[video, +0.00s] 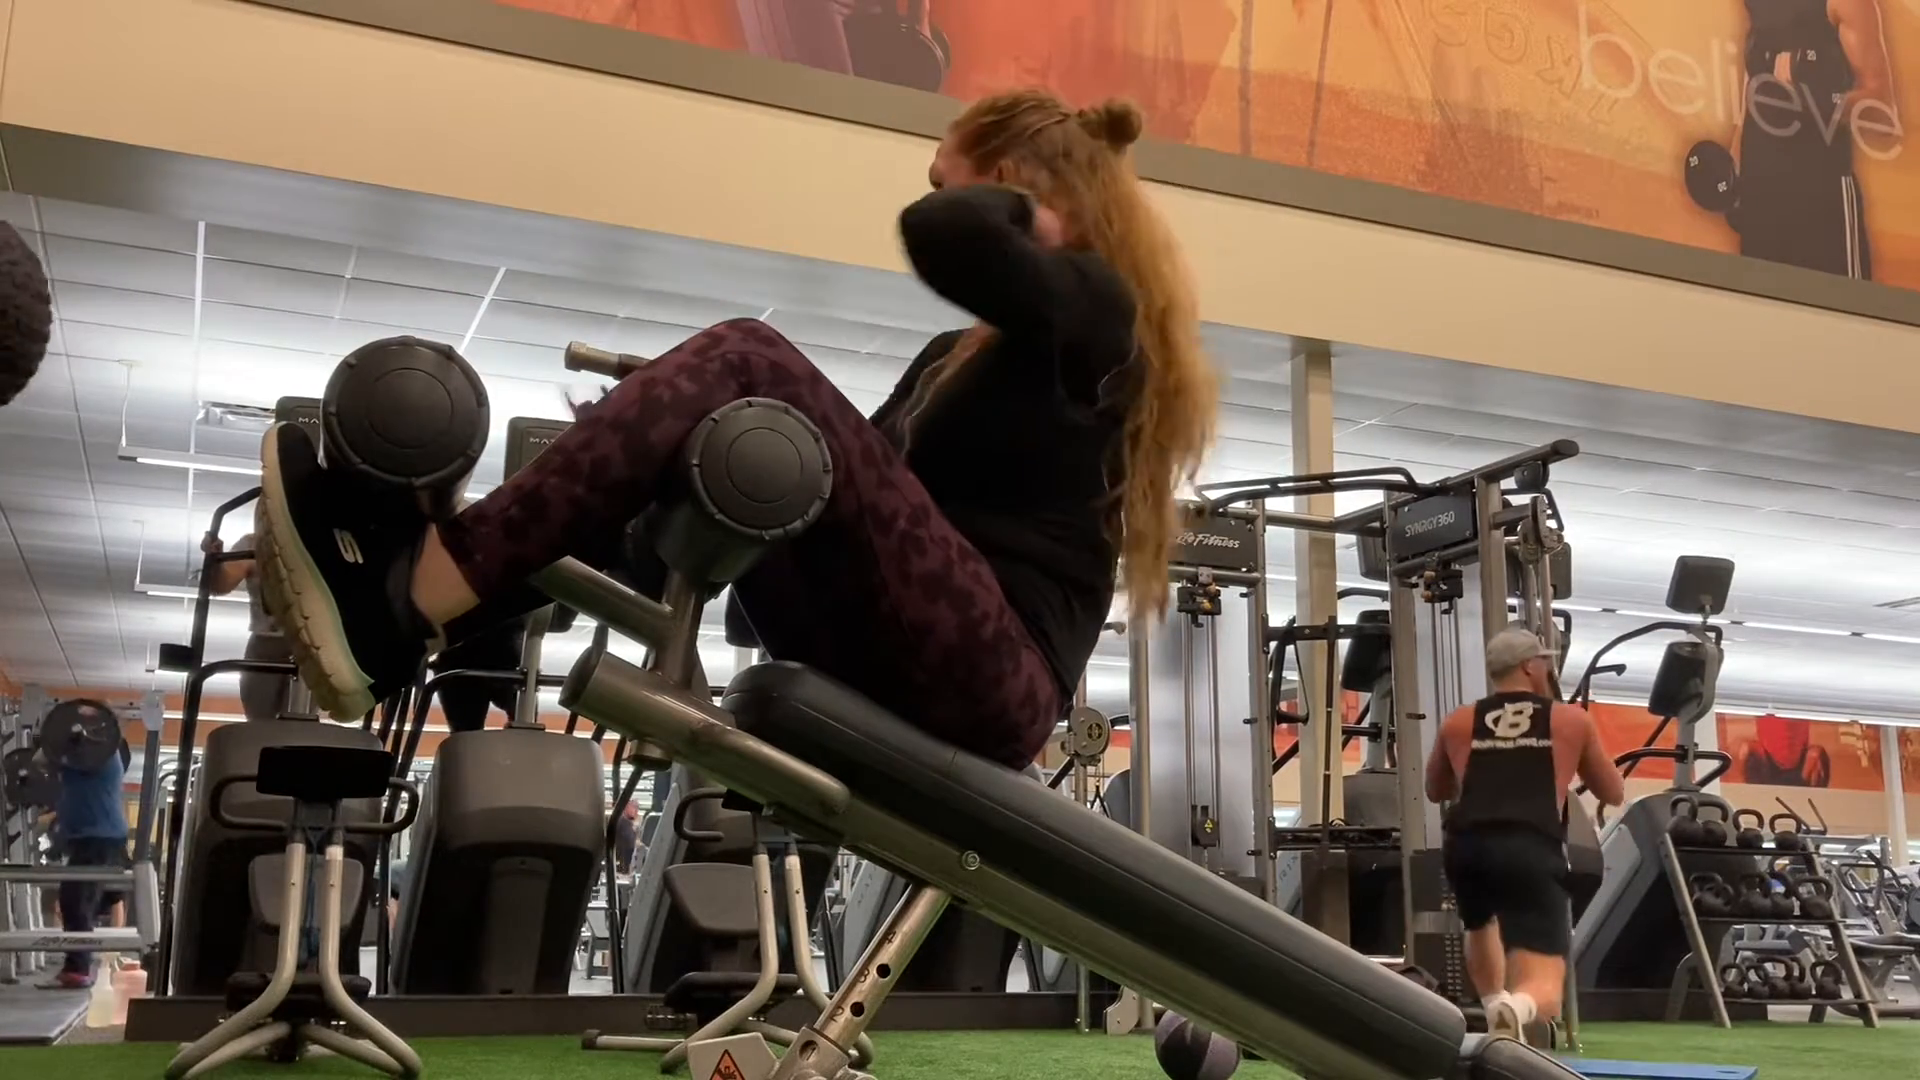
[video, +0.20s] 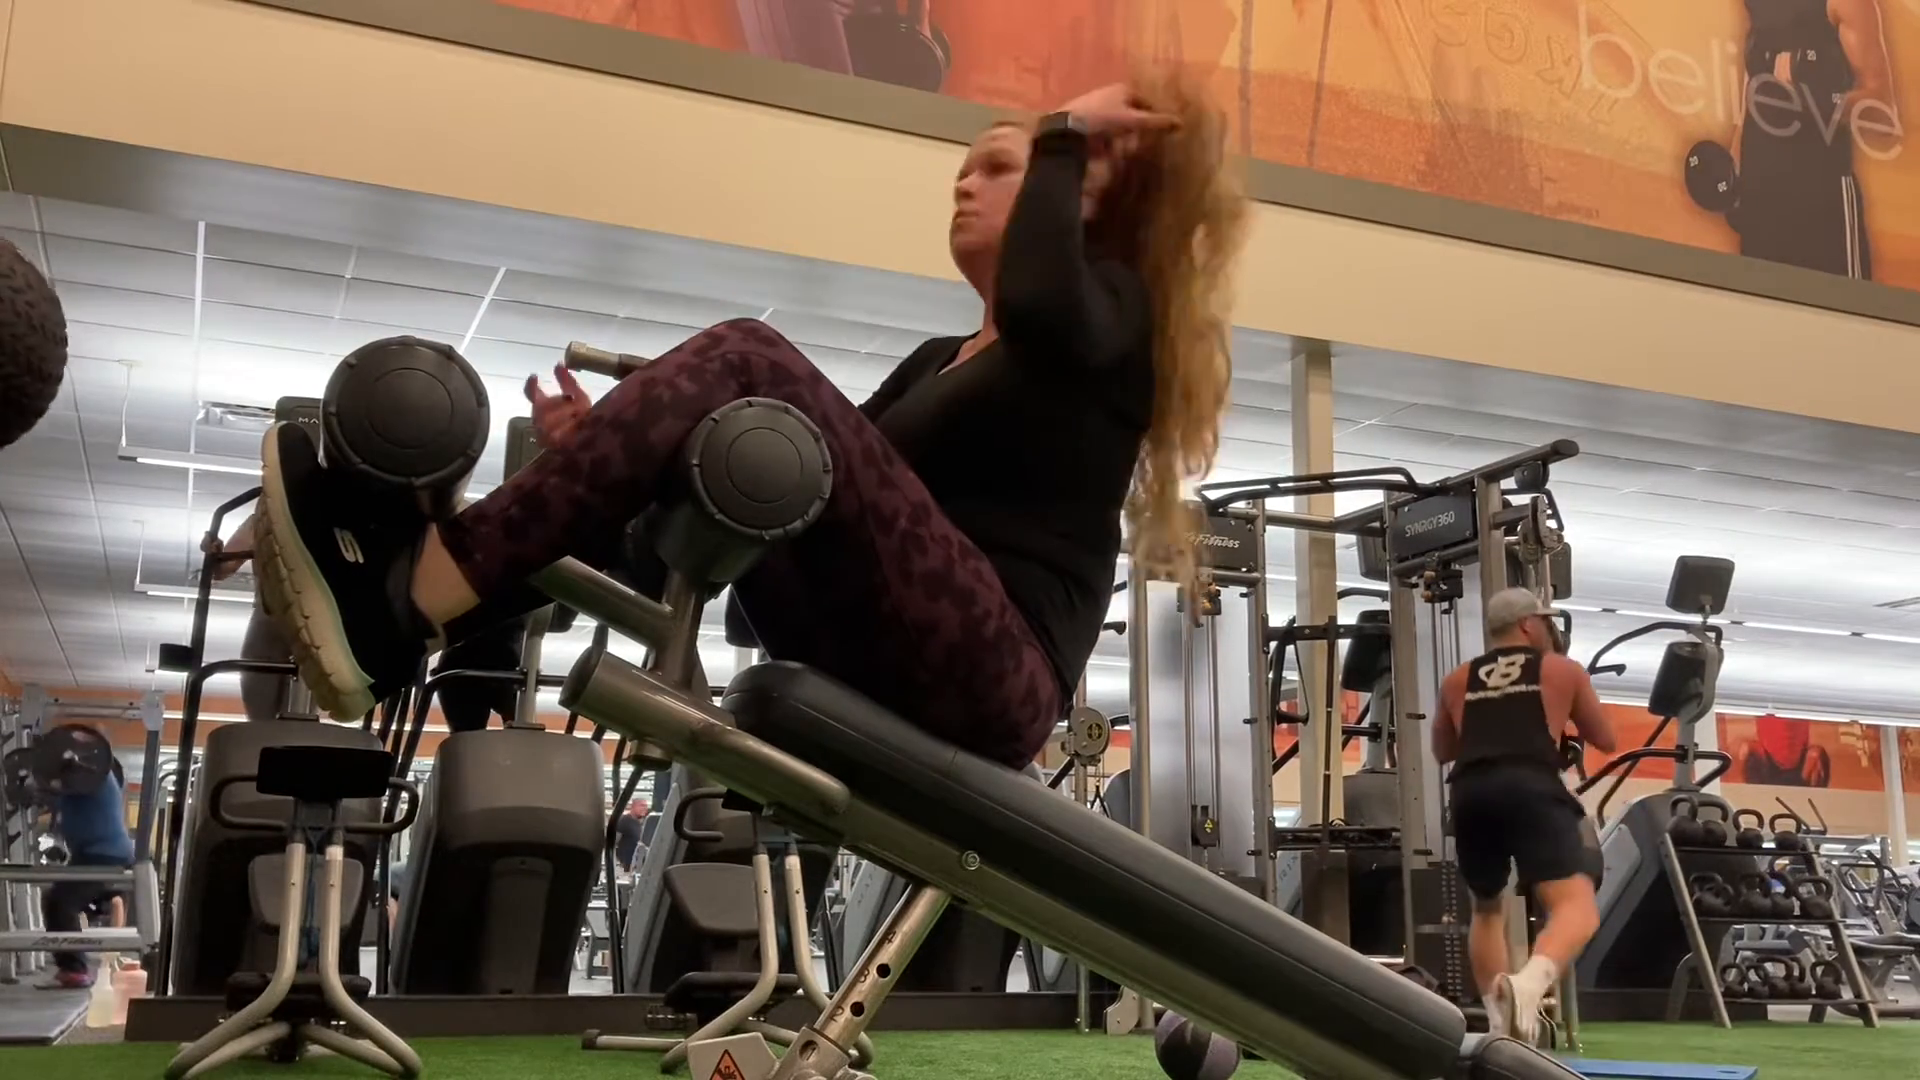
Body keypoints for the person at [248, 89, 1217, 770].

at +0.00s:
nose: (945, 216)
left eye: (964, 202)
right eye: (946, 198)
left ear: (1039, 198)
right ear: (1019, 204)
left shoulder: (1099, 308)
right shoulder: (959, 353)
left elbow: (941, 225)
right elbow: (859, 464)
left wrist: (1018, 239)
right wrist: (662, 401)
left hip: (992, 675)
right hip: (895, 653)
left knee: (752, 358)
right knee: (706, 432)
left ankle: (424, 599)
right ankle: (403, 590)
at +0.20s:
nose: (964, 192)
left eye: (992, 172)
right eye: (967, 174)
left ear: (1063, 201)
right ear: (965, 203)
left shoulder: (1106, 327)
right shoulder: (945, 360)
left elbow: (1047, 300)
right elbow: (829, 476)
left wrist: (1074, 152)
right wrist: (613, 434)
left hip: (993, 682)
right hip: (873, 656)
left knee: (750, 353)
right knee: (701, 433)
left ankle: (426, 598)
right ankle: (394, 595)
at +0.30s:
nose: (1045, 197)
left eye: (1075, 183)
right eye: (1048, 180)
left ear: (1121, 223)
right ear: (1044, 222)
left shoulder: (1109, 309)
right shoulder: (947, 364)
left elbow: (1051, 378)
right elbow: (821, 477)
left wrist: (1002, 209)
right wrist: (606, 420)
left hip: (996, 676)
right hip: (877, 644)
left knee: (755, 355)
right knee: (709, 429)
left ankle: (435, 589)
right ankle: (395, 594)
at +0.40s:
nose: (977, 195)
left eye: (1012, 184)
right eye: (982, 183)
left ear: (1082, 236)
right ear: (980, 233)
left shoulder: (1092, 311)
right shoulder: (964, 360)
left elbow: (1036, 440)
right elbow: (833, 467)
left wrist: (919, 270)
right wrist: (621, 384)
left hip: (991, 677)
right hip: (890, 653)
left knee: (752, 355)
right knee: (702, 429)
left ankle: (431, 592)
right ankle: (402, 587)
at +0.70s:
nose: (939, 205)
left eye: (971, 187)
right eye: (946, 188)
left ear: (1051, 217)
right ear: (1007, 224)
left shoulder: (1073, 302)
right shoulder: (961, 374)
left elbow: (959, 372)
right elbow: (826, 463)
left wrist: (744, 244)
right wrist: (635, 409)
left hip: (995, 677)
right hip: (906, 661)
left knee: (755, 363)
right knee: (725, 396)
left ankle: (420, 603)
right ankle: (405, 599)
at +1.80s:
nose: (987, 246)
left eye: (1015, 224)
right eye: (989, 227)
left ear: (1095, 241)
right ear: (1053, 249)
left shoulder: (1120, 336)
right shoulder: (1049, 371)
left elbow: (975, 443)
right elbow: (934, 479)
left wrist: (826, 332)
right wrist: (793, 345)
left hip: (1001, 676)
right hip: (934, 655)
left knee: (743, 366)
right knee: (728, 374)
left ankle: (419, 597)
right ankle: (410, 592)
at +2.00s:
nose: (1068, 327)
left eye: (1091, 302)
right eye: (1070, 307)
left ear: (1176, 308)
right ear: (1128, 324)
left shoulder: (1216, 397)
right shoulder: (1121, 432)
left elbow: (1097, 497)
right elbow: (997, 542)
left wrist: (946, 396)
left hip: (1016, 677)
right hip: (958, 659)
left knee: (755, 381)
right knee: (747, 399)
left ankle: (421, 594)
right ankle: (422, 571)